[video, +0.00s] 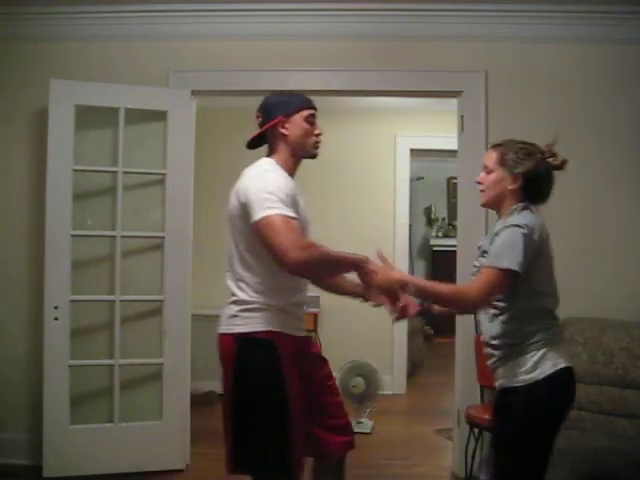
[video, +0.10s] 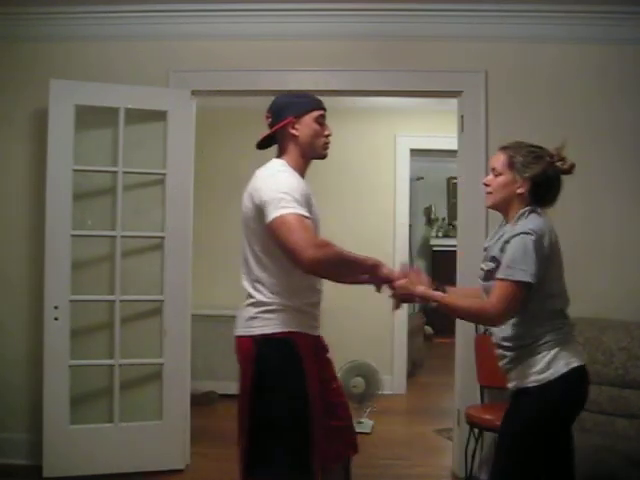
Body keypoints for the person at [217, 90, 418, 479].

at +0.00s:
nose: (318, 129)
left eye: (316, 121)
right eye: (309, 120)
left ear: (285, 130)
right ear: (281, 127)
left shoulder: (285, 188)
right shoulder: (262, 179)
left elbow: (314, 270)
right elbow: (295, 255)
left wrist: (373, 290)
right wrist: (360, 263)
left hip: (291, 336)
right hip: (259, 338)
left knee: (333, 444)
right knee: (276, 462)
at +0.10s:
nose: (328, 130)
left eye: (326, 122)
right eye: (320, 121)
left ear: (296, 130)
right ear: (292, 128)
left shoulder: (290, 183)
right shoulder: (276, 179)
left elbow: (317, 259)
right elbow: (310, 255)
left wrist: (374, 273)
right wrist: (374, 268)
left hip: (295, 334)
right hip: (277, 337)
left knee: (334, 446)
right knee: (290, 455)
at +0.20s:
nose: (336, 130)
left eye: (333, 122)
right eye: (327, 121)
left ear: (298, 130)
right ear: (299, 128)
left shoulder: (294, 181)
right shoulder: (286, 178)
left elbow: (328, 262)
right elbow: (318, 250)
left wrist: (390, 267)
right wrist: (389, 262)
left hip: (296, 333)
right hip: (289, 336)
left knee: (319, 449)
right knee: (319, 451)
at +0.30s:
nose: (338, 131)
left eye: (336, 122)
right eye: (329, 122)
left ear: (301, 131)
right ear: (302, 128)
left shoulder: (296, 181)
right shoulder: (288, 177)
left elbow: (326, 269)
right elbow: (321, 241)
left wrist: (381, 267)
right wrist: (392, 243)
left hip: (298, 333)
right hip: (293, 336)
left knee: (319, 457)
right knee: (327, 457)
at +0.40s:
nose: (336, 133)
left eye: (334, 124)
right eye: (328, 124)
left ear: (298, 132)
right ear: (300, 129)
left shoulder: (285, 179)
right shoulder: (287, 176)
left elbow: (305, 266)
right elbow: (319, 230)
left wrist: (363, 272)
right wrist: (389, 224)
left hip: (287, 334)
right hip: (293, 336)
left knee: (307, 458)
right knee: (325, 458)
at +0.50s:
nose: (331, 132)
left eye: (329, 124)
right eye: (323, 123)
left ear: (296, 131)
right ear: (296, 128)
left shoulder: (274, 177)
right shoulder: (283, 172)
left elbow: (284, 268)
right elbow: (321, 212)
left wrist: (344, 269)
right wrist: (378, 200)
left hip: (273, 331)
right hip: (281, 334)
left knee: (303, 452)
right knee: (318, 451)